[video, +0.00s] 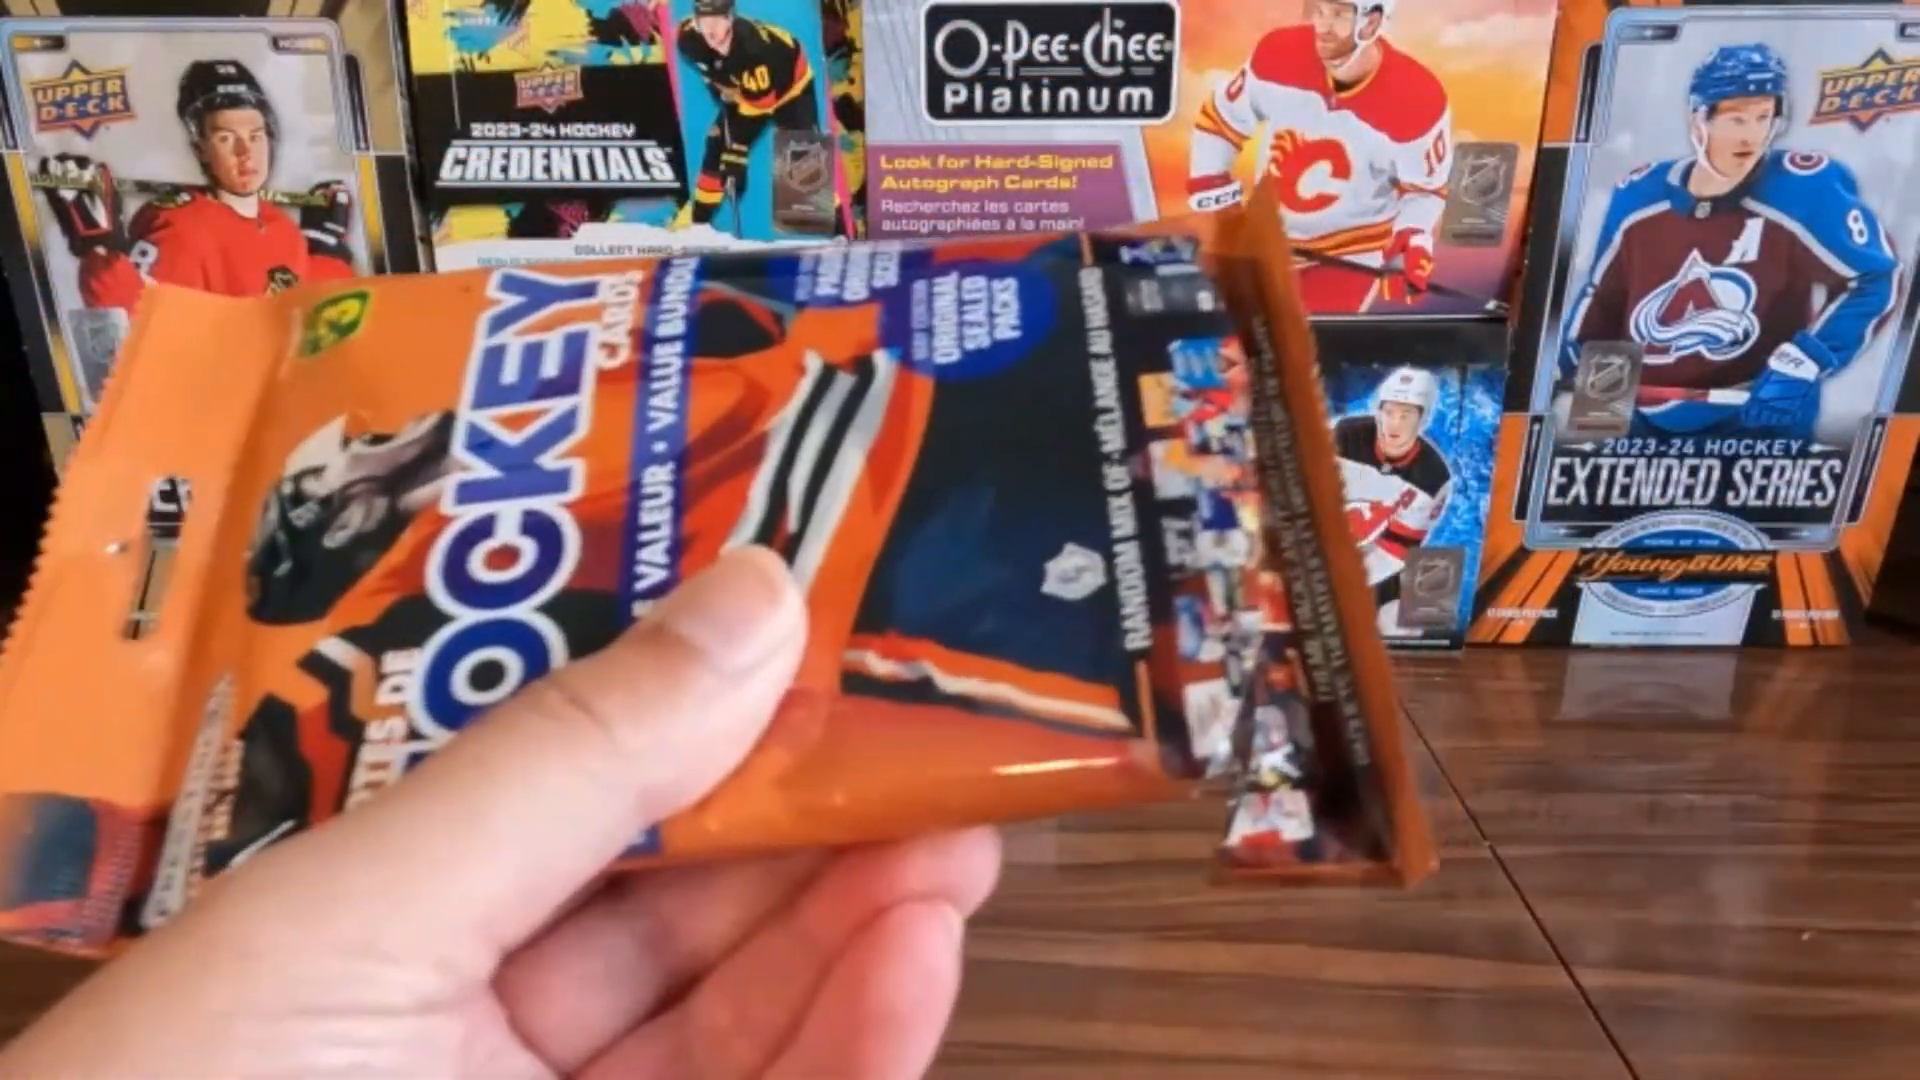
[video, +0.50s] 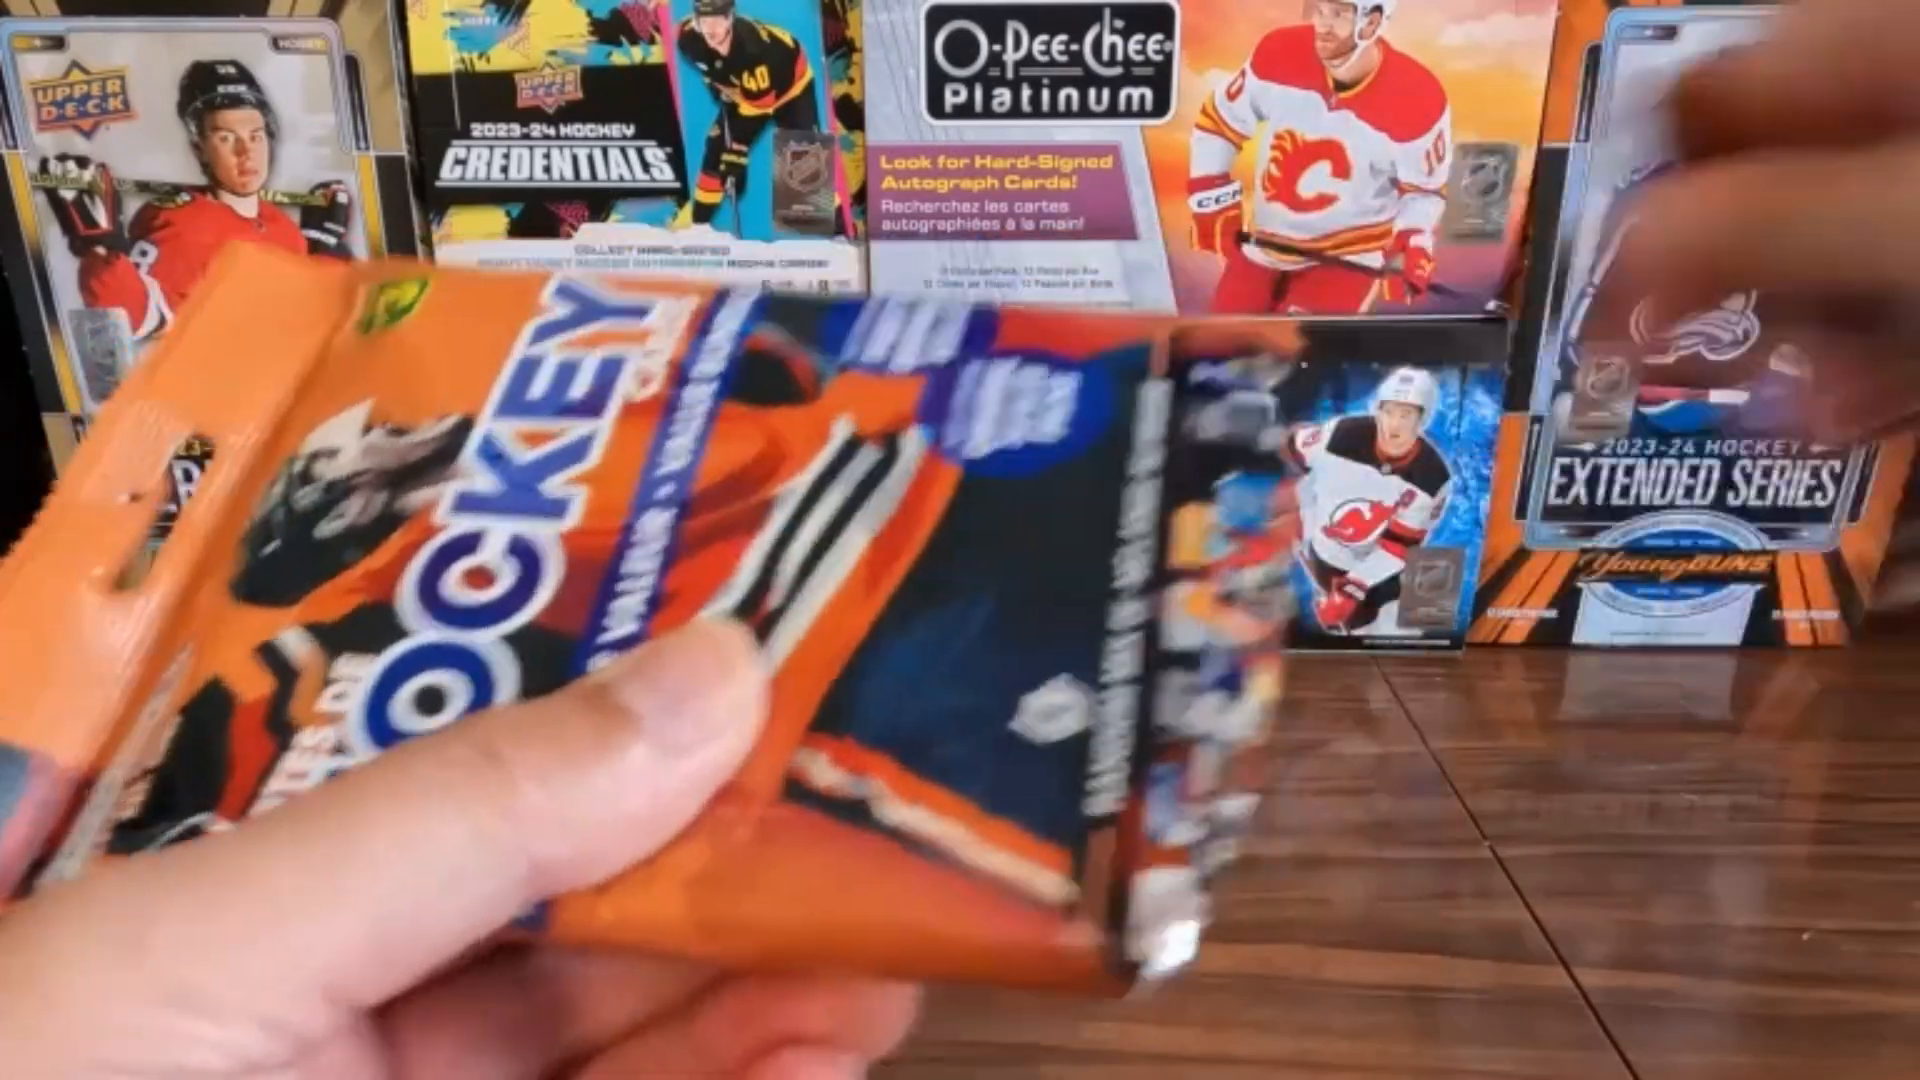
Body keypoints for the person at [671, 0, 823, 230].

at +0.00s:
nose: (712, 29)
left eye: (718, 21)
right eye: (705, 22)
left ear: (730, 19)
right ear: (696, 22)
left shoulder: (754, 48)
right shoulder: (688, 38)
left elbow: (757, 109)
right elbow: (709, 72)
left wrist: (736, 157)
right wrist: (724, 93)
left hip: (790, 90)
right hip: (742, 97)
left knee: (802, 160)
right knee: (717, 145)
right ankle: (699, 219)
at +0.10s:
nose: (711, 29)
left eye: (718, 21)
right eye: (705, 22)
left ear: (730, 19)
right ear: (697, 22)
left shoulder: (754, 48)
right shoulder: (689, 38)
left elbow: (756, 108)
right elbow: (711, 75)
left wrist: (736, 157)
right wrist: (727, 97)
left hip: (791, 92)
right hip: (742, 99)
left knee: (805, 161)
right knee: (716, 148)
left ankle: (840, 229)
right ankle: (698, 222)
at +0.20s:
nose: (712, 29)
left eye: (718, 21)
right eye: (705, 22)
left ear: (730, 19)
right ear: (697, 22)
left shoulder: (754, 48)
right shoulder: (689, 38)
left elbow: (757, 108)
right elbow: (710, 73)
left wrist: (736, 155)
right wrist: (725, 96)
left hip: (791, 93)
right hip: (742, 99)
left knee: (805, 162)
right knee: (716, 148)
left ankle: (839, 230)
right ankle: (698, 224)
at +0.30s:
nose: (711, 29)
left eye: (718, 22)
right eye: (705, 22)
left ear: (731, 18)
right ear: (697, 22)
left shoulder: (754, 48)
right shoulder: (689, 37)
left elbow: (758, 108)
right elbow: (708, 69)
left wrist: (736, 154)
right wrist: (722, 89)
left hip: (791, 92)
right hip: (742, 99)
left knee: (805, 161)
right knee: (716, 149)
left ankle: (837, 226)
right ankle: (698, 224)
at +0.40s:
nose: (712, 29)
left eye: (718, 21)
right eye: (705, 22)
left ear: (730, 18)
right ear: (696, 22)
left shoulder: (752, 48)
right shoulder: (688, 38)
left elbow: (758, 109)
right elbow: (709, 72)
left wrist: (738, 152)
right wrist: (724, 89)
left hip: (790, 92)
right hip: (741, 98)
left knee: (802, 156)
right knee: (716, 152)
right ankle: (700, 218)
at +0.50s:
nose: (711, 30)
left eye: (717, 22)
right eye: (705, 22)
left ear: (731, 18)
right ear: (696, 22)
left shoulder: (753, 47)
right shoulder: (689, 37)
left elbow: (758, 108)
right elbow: (708, 69)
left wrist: (736, 153)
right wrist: (722, 91)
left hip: (790, 91)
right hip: (743, 98)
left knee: (804, 160)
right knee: (717, 146)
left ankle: (838, 227)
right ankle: (698, 222)